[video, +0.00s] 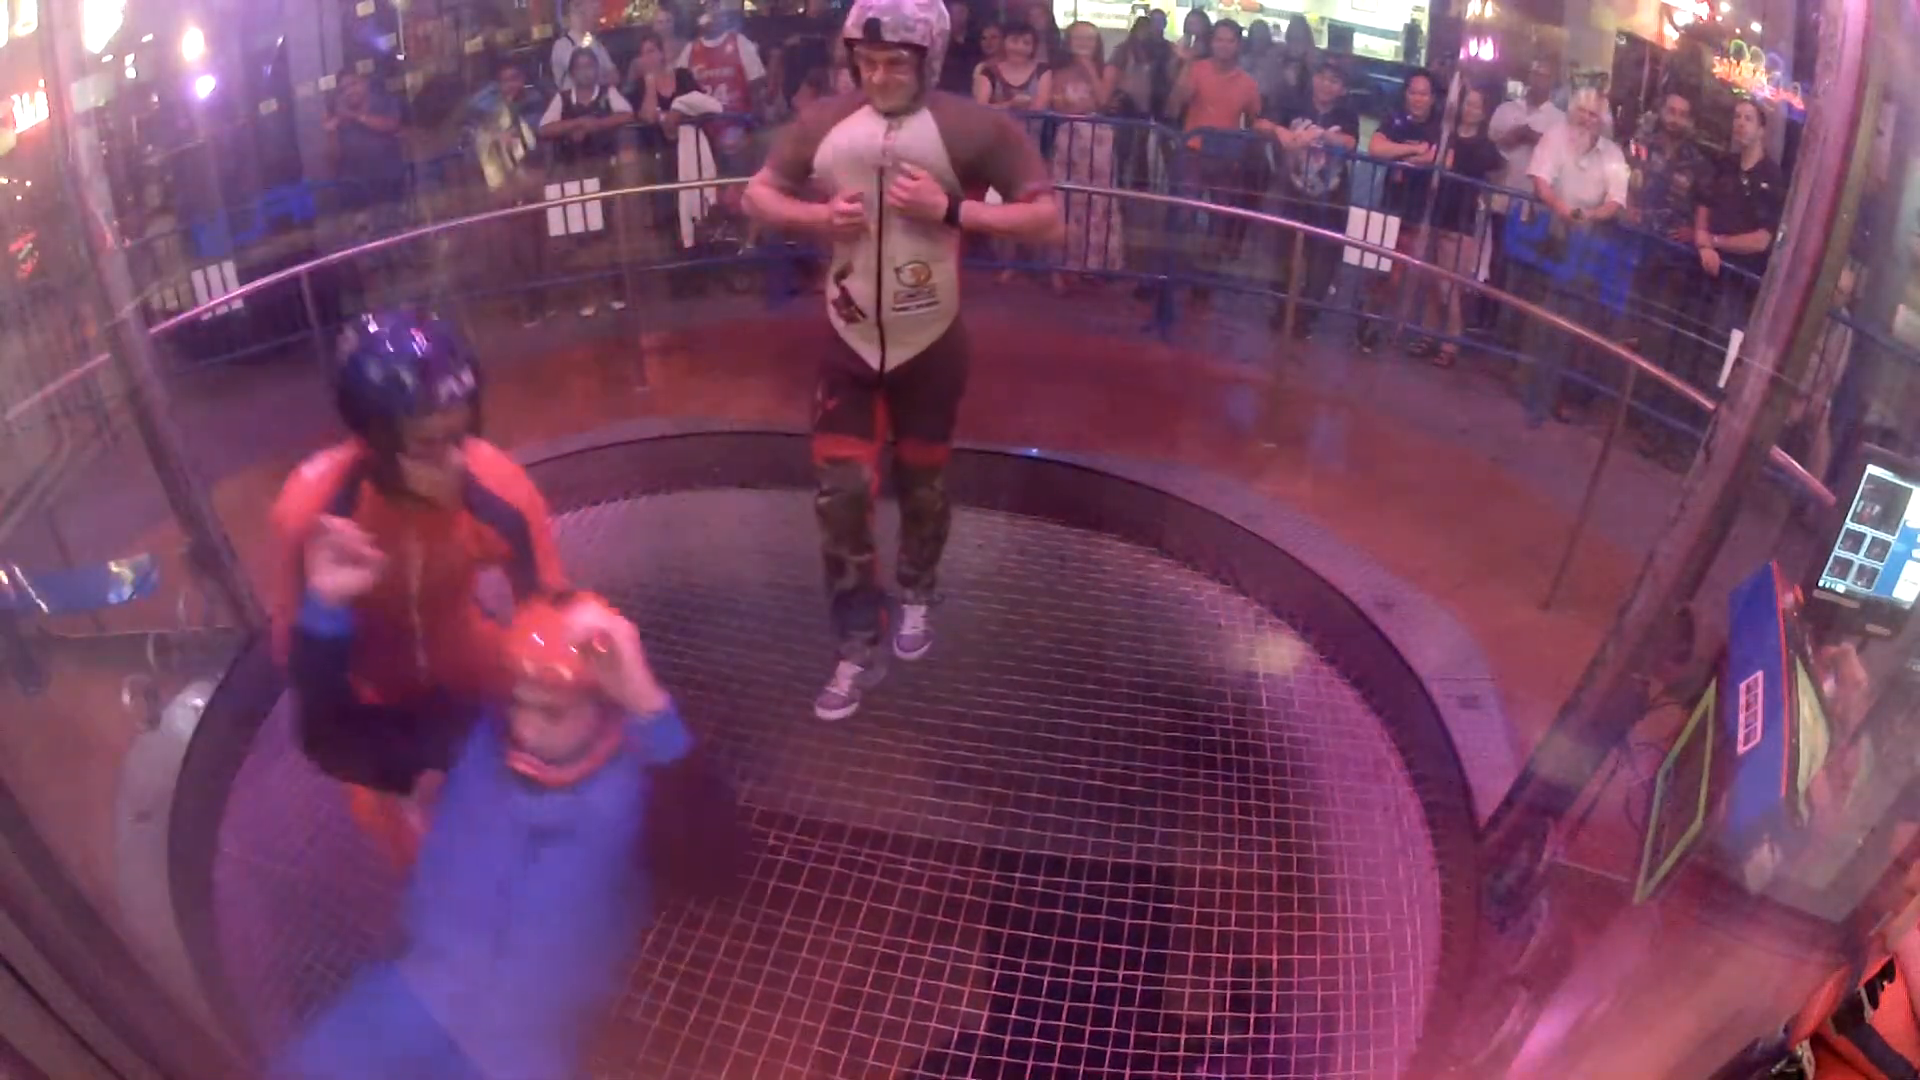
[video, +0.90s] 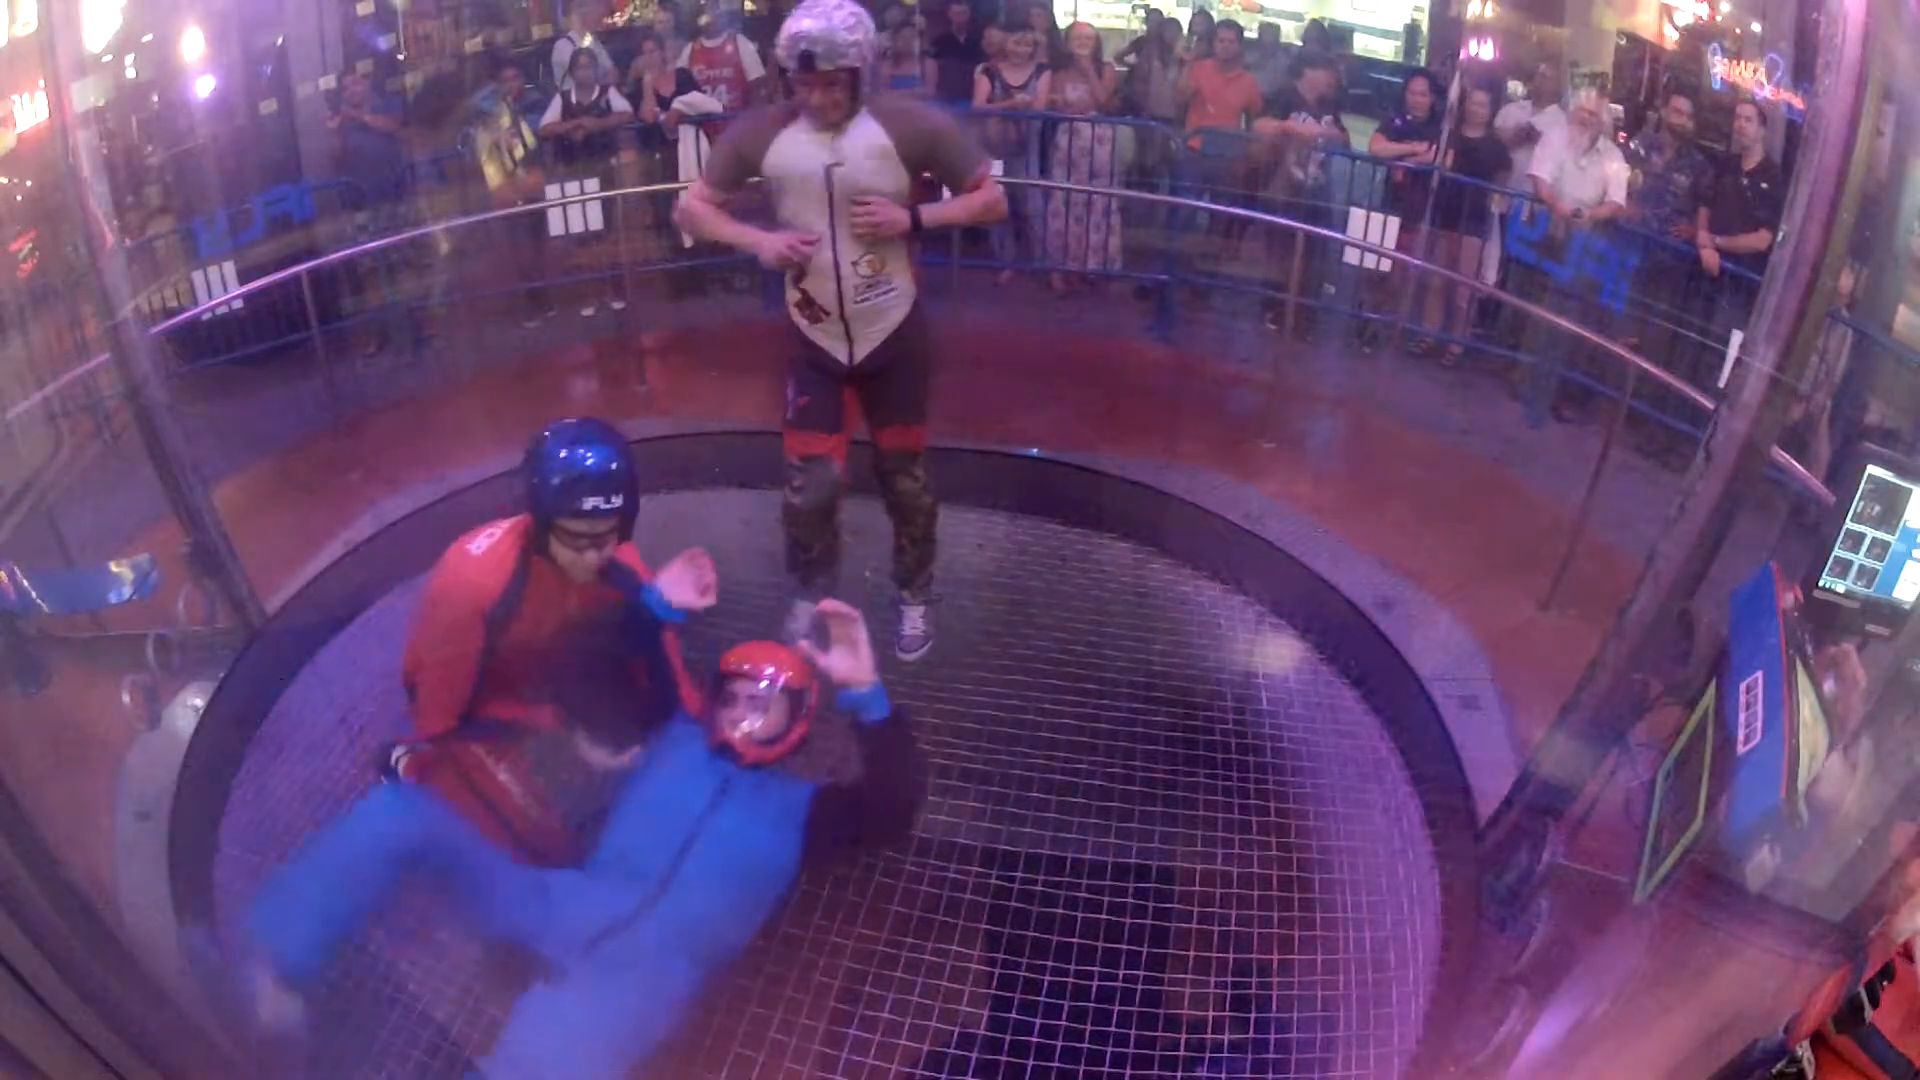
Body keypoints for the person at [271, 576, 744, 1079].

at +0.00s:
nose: (527, 727)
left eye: (551, 711)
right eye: (518, 704)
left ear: (604, 709)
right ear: (505, 691)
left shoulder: (647, 792)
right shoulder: (467, 739)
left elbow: (720, 871)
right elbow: (332, 739)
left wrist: (647, 707)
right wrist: (325, 609)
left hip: (529, 1052)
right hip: (416, 1002)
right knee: (302, 1069)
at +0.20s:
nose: (597, 749)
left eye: (619, 740)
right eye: (588, 731)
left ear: (660, 755)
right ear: (569, 727)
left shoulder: (686, 838)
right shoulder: (526, 771)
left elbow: (765, 871)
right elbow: (402, 768)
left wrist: (717, 738)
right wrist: (412, 648)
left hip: (539, 1066)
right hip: (427, 1012)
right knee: (299, 1074)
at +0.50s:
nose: (680, 759)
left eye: (703, 749)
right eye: (669, 740)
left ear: (735, 767)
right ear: (647, 739)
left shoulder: (741, 845)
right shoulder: (595, 786)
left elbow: (833, 873)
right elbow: (480, 772)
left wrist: (801, 758)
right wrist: (510, 664)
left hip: (574, 1059)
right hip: (474, 1001)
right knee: (298, 1042)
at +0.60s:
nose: (703, 746)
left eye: (724, 739)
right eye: (692, 729)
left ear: (752, 760)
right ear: (666, 729)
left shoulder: (754, 838)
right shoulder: (609, 767)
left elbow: (842, 851)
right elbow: (509, 734)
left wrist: (819, 739)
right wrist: (554, 657)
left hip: (592, 1035)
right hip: (498, 974)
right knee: (315, 978)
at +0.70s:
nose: (714, 736)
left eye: (737, 727)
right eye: (702, 718)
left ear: (768, 746)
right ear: (677, 717)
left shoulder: (769, 829)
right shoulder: (634, 760)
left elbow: (869, 833)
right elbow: (544, 712)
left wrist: (828, 721)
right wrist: (590, 639)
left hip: (600, 1019)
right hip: (514, 950)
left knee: (553, 1069)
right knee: (334, 921)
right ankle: (311, 1068)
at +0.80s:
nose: (731, 723)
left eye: (751, 714)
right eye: (719, 707)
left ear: (782, 733)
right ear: (697, 709)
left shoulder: (786, 815)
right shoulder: (654, 751)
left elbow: (882, 816)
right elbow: (550, 694)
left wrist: (848, 701)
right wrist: (625, 611)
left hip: (632, 990)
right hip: (545, 930)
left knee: (545, 1068)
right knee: (360, 868)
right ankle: (280, 1050)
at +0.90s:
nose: (751, 708)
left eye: (771, 701)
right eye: (740, 692)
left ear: (797, 723)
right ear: (715, 695)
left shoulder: (798, 800)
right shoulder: (674, 741)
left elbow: (893, 805)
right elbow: (606, 702)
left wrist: (864, 694)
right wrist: (658, 609)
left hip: (649, 968)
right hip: (570, 907)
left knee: (551, 1048)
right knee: (405, 809)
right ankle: (274, 966)